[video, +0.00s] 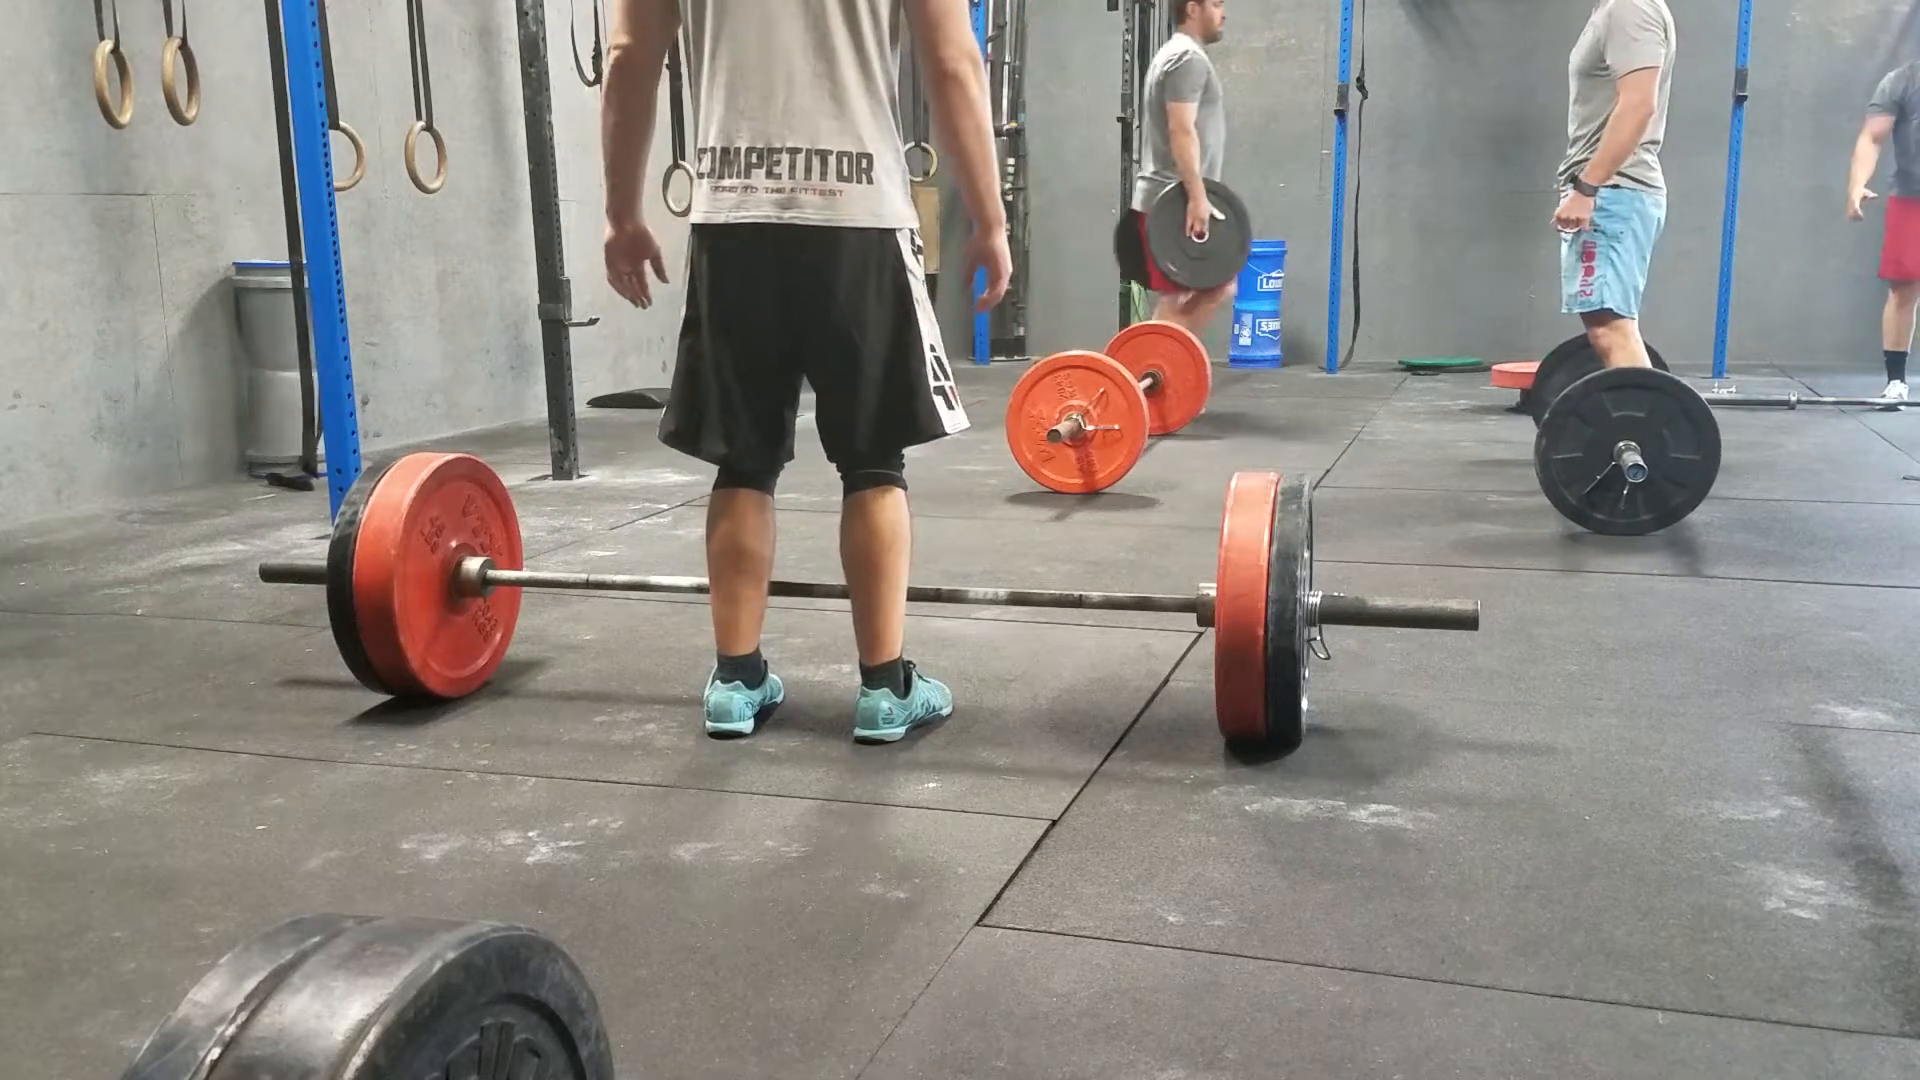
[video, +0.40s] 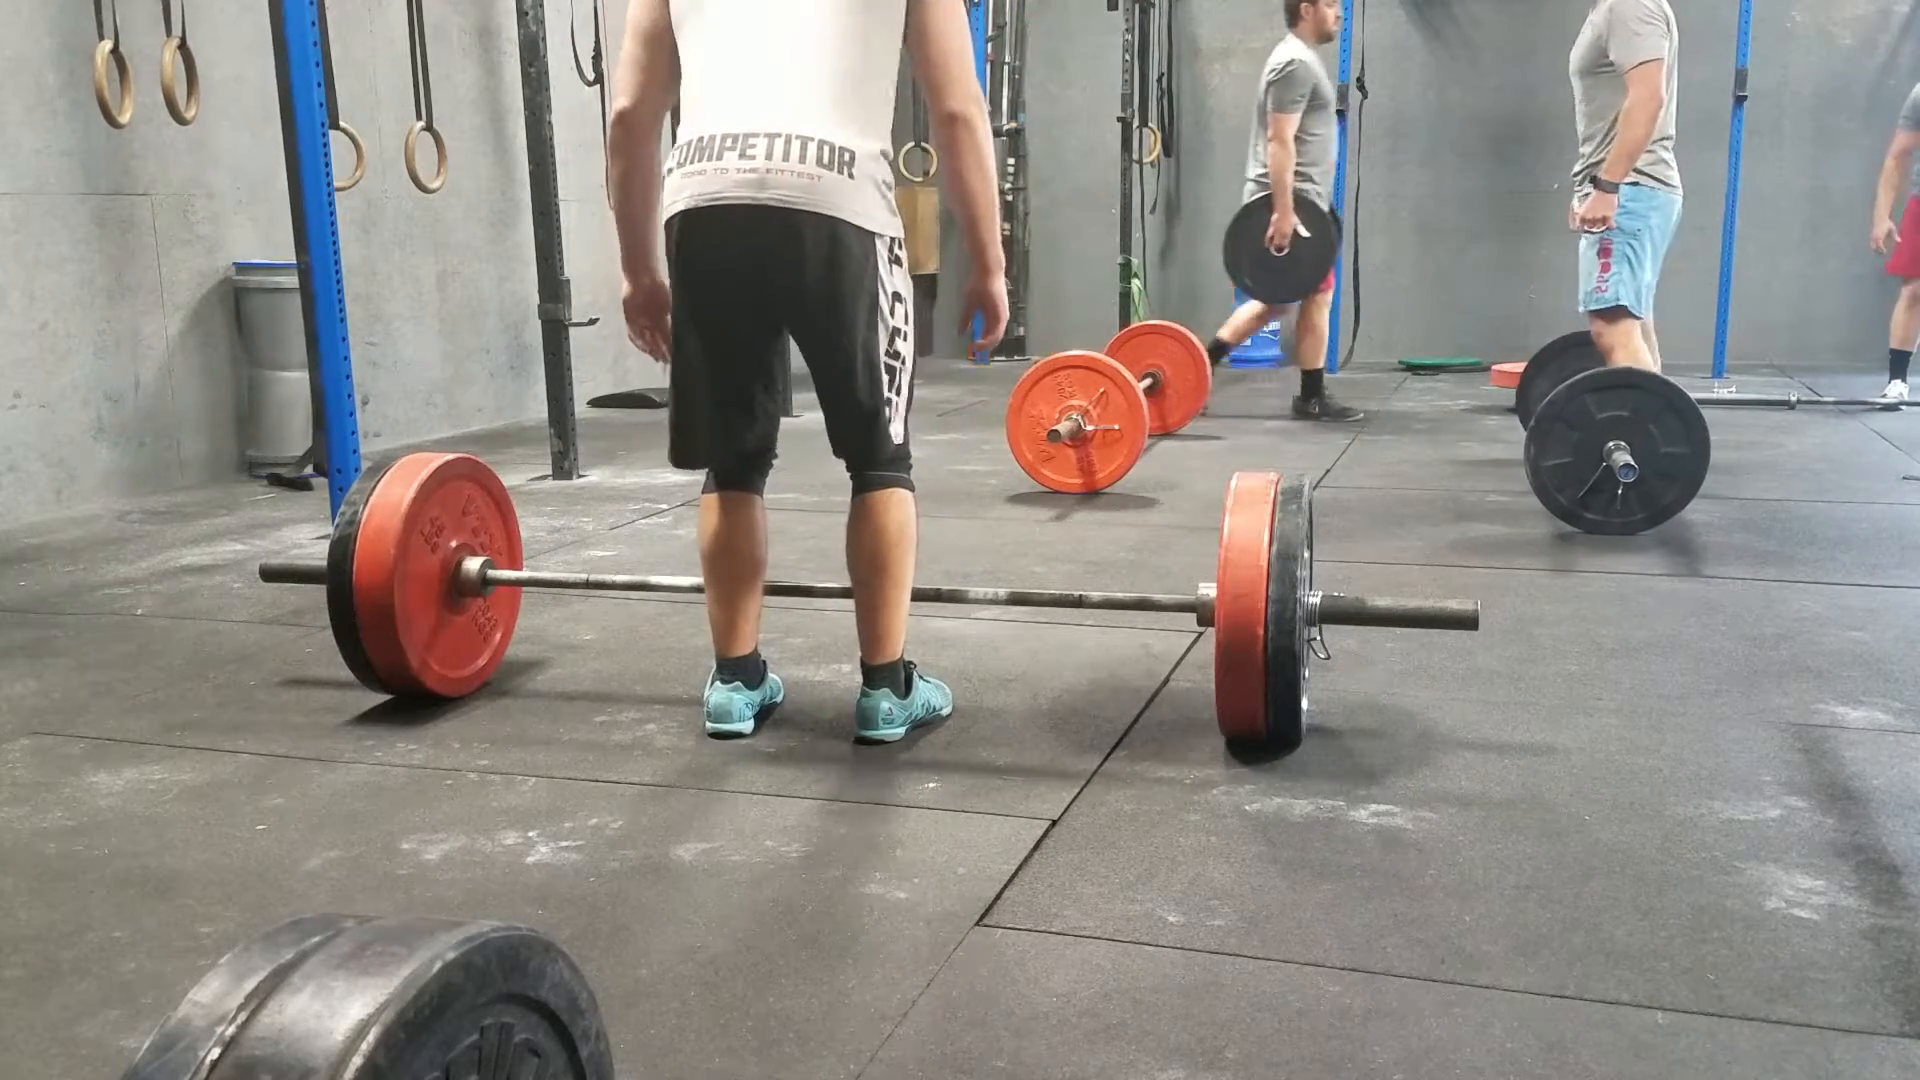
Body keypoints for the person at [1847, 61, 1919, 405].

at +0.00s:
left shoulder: (1902, 81)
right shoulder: (1902, 81)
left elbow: (1872, 137)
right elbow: (1871, 136)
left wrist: (1859, 183)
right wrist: (1857, 182)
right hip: (1909, 200)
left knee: (1905, 292)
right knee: (1903, 290)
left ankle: (1897, 380)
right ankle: (1896, 382)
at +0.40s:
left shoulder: (1916, 96)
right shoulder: (1918, 95)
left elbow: (1899, 156)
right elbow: (1899, 156)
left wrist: (1882, 216)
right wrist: (1881, 215)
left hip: (1916, 209)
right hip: (1918, 208)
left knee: (1912, 291)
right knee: (1913, 289)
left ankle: (1898, 380)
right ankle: (1897, 381)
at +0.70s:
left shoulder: (1916, 165)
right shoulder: (1918, 164)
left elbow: (1901, 215)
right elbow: (1900, 215)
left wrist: (1885, 279)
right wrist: (1884, 280)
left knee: (1911, 297)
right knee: (1912, 296)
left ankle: (1897, 380)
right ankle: (1897, 380)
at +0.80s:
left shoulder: (1915, 188)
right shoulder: (1918, 187)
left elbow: (1899, 240)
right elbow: (1898, 240)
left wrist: (1883, 308)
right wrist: (1882, 307)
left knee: (1911, 284)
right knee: (1912, 284)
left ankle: (1897, 380)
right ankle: (1896, 380)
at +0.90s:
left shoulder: (1916, 208)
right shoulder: (1918, 207)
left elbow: (1897, 269)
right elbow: (1895, 269)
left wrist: (1880, 334)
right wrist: (1879, 334)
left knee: (1913, 284)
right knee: (1913, 285)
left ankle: (1897, 381)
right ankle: (1897, 382)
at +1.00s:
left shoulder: (1915, 229)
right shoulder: (1916, 229)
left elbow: (1897, 288)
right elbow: (1896, 288)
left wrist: (1878, 352)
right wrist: (1878, 353)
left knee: (1910, 291)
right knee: (1911, 292)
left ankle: (1897, 380)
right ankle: (1896, 380)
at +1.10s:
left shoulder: (1916, 240)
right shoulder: (1916, 239)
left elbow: (1900, 301)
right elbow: (1898, 301)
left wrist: (1880, 363)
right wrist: (1880, 364)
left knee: (1909, 301)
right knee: (1909, 301)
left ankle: (1896, 378)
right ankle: (1895, 378)